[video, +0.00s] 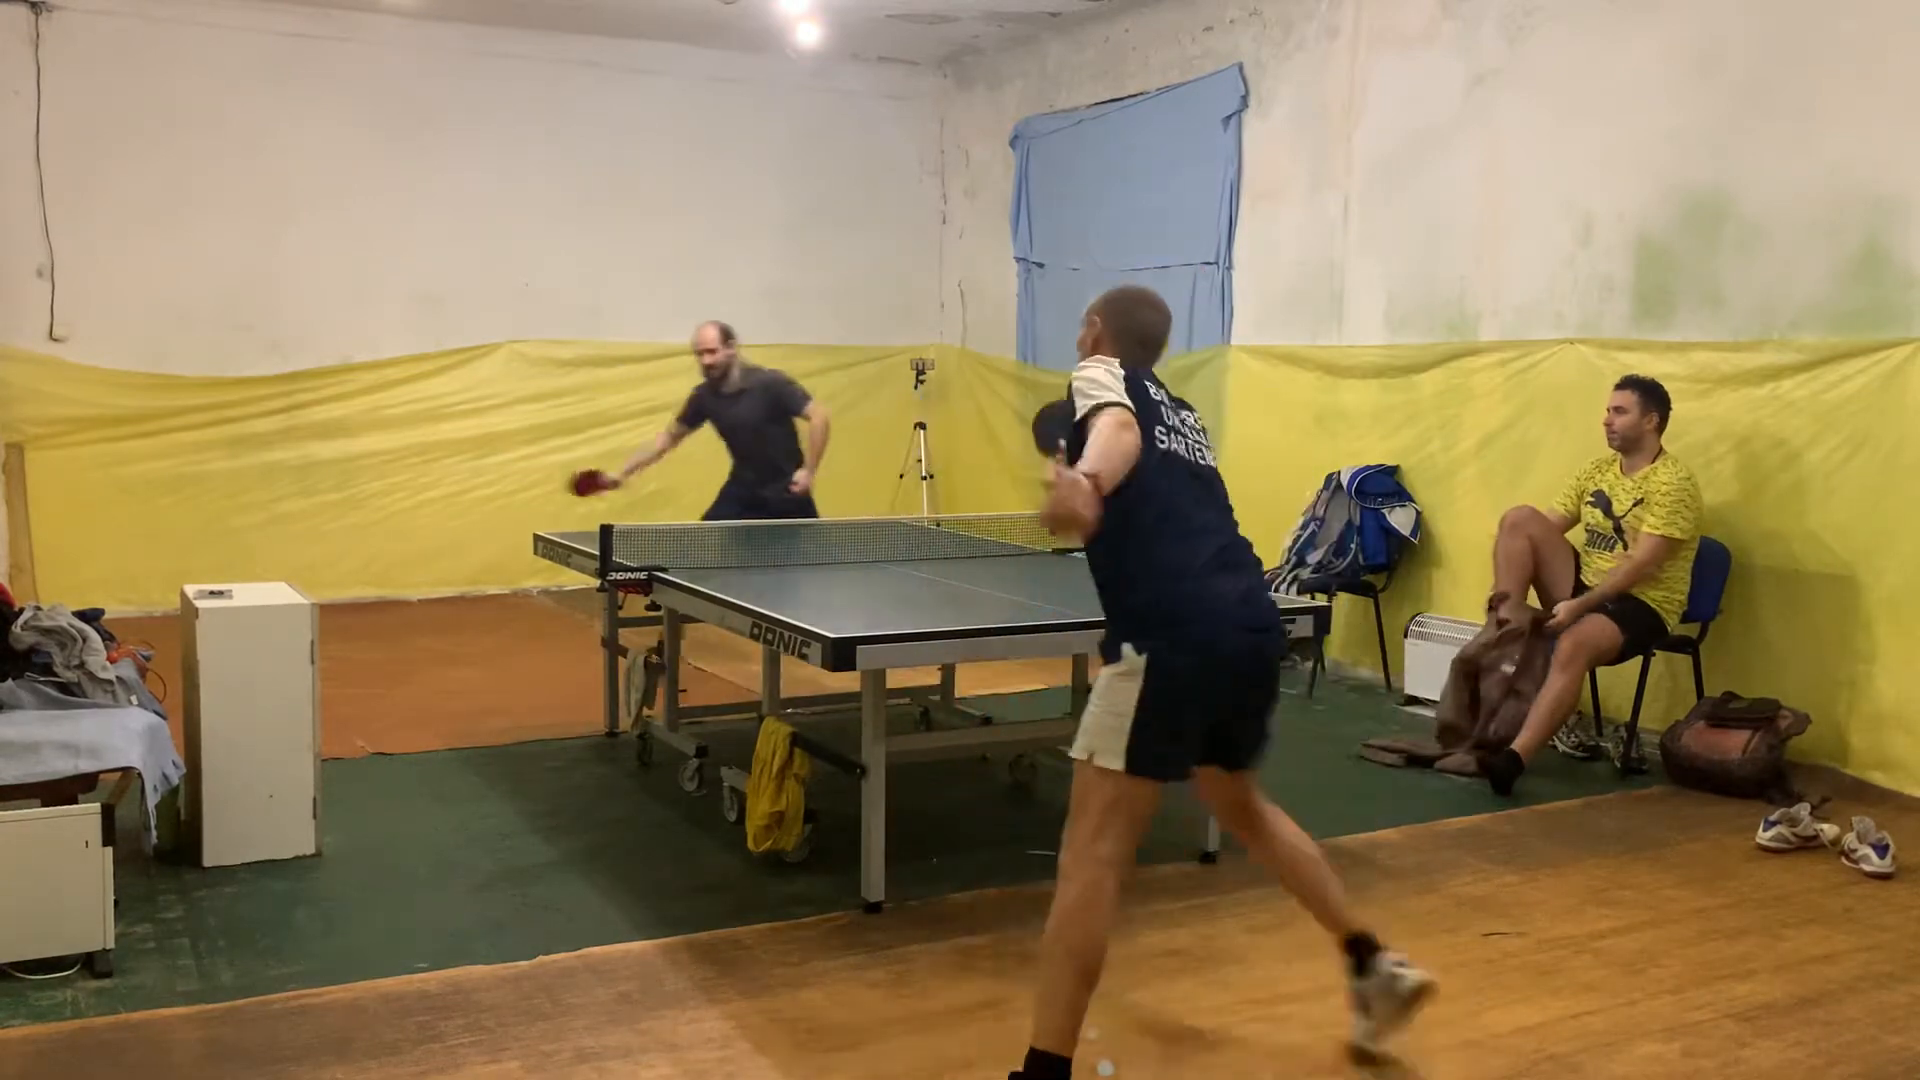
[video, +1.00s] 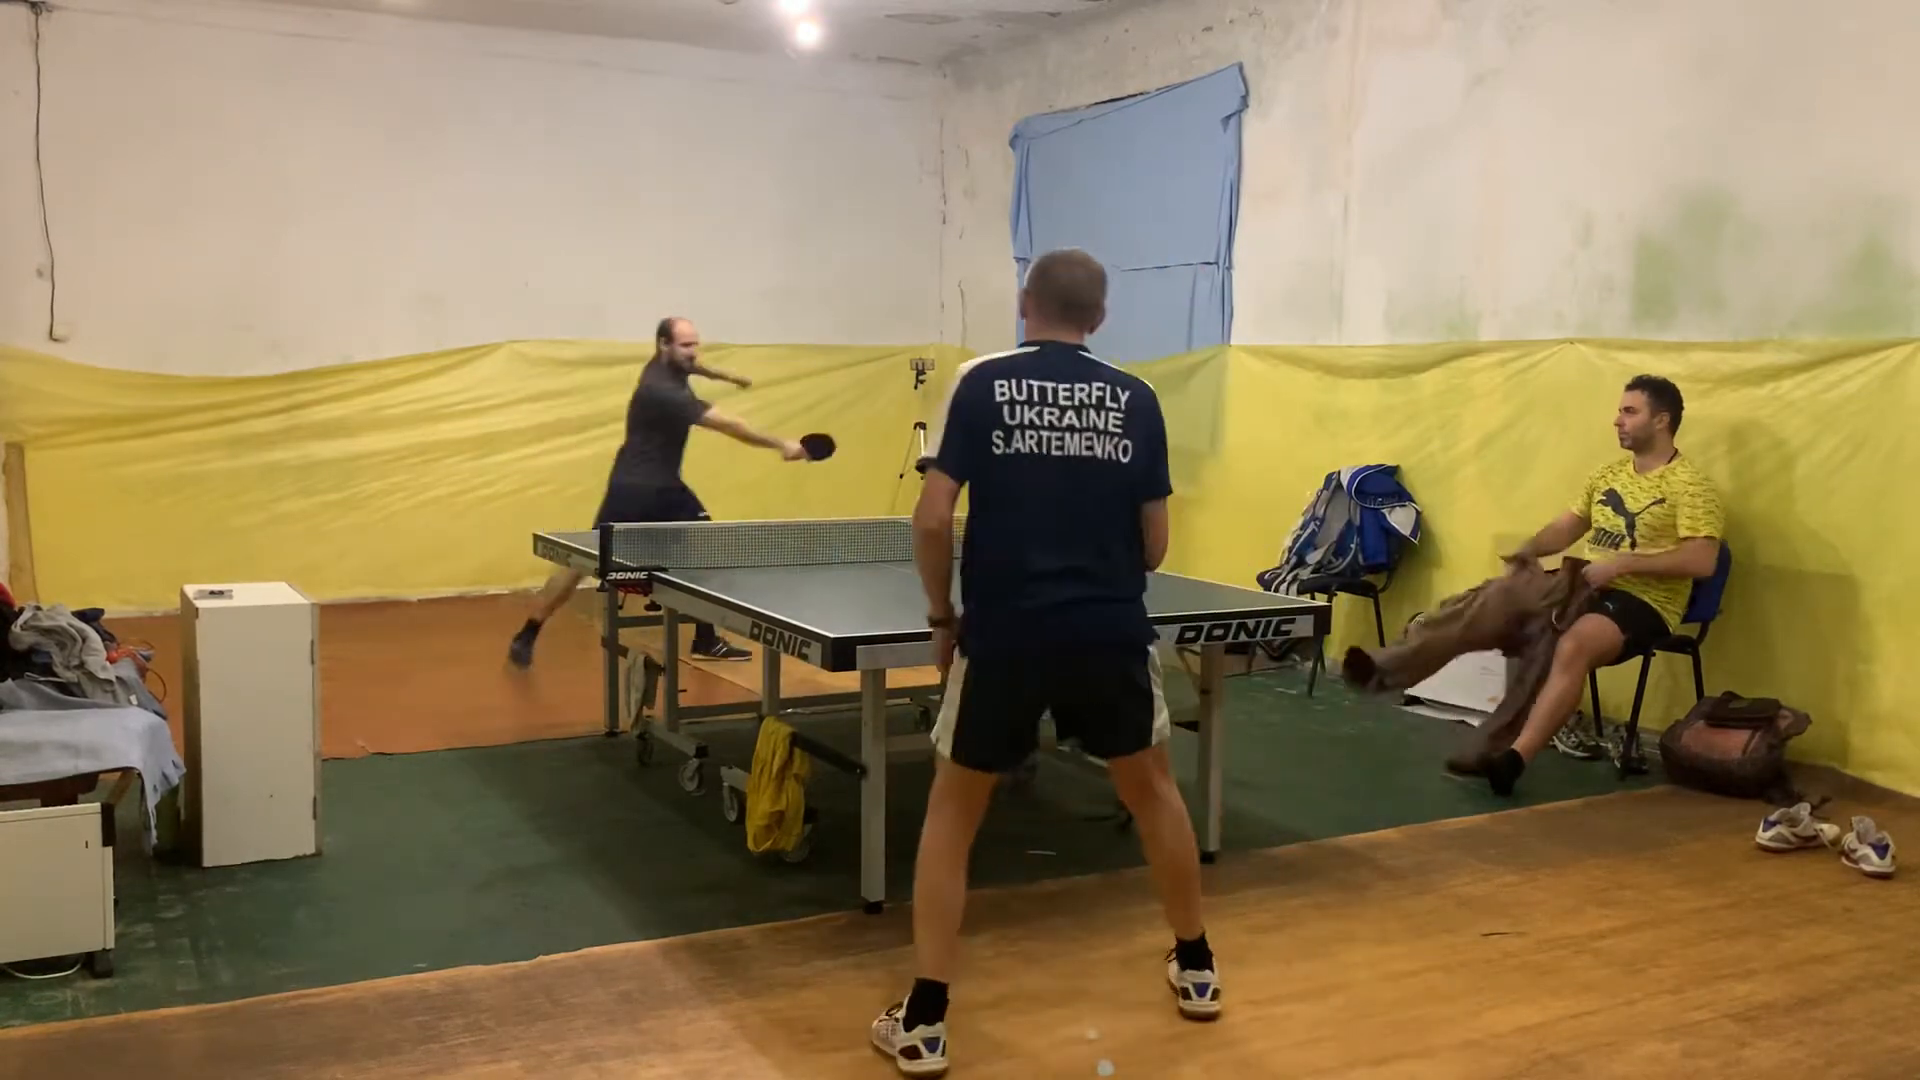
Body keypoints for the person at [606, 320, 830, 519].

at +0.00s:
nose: (706, 361)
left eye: (712, 352)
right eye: (700, 354)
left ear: (731, 349)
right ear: (695, 355)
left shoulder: (770, 383)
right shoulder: (704, 397)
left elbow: (819, 417)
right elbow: (668, 438)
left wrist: (809, 470)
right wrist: (622, 474)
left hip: (786, 487)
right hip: (742, 487)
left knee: (809, 556)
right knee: (703, 542)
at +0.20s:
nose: (627, 345)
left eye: (633, 336)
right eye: (618, 339)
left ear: (646, 335)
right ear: (610, 344)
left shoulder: (679, 366)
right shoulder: (614, 388)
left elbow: (728, 398)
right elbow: (598, 424)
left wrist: (713, 440)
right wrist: (590, 453)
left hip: (711, 474)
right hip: (668, 479)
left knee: (742, 543)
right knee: (641, 546)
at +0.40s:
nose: (599, 329)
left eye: (605, 322)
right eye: (590, 324)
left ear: (614, 324)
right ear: (576, 329)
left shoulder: (640, 363)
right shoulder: (564, 375)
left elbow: (680, 398)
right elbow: (545, 431)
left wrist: (679, 451)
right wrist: (559, 468)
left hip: (644, 478)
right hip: (590, 484)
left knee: (687, 548)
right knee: (551, 563)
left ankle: (696, 606)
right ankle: (527, 646)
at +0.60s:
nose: (594, 351)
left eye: (600, 344)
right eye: (585, 345)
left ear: (608, 346)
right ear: (569, 348)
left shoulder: (624, 386)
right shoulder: (550, 390)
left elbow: (644, 424)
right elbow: (515, 438)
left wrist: (631, 471)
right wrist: (555, 449)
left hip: (607, 503)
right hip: (556, 505)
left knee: (648, 565)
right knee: (521, 582)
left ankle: (633, 635)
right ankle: (482, 653)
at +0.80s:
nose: (631, 347)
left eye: (636, 340)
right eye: (623, 341)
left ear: (642, 340)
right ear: (606, 341)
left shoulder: (646, 375)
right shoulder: (584, 379)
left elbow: (670, 412)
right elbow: (573, 439)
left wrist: (679, 455)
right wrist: (620, 464)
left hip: (624, 476)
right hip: (580, 480)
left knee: (673, 542)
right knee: (561, 563)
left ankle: (690, 621)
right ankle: (526, 644)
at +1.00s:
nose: (694, 352)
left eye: (695, 344)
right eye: (687, 345)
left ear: (688, 345)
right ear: (664, 347)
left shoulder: (666, 366)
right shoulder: (663, 389)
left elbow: (693, 367)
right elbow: (723, 423)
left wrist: (728, 377)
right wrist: (780, 444)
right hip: (647, 489)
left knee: (580, 563)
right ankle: (707, 637)